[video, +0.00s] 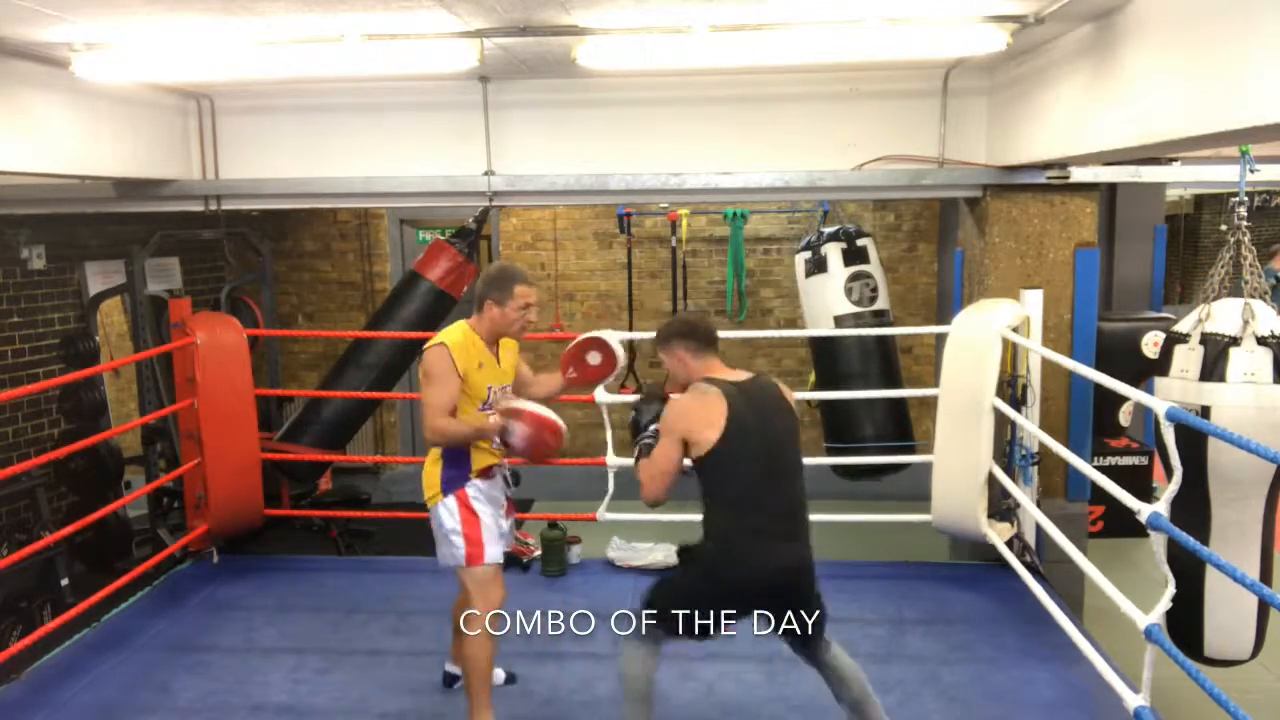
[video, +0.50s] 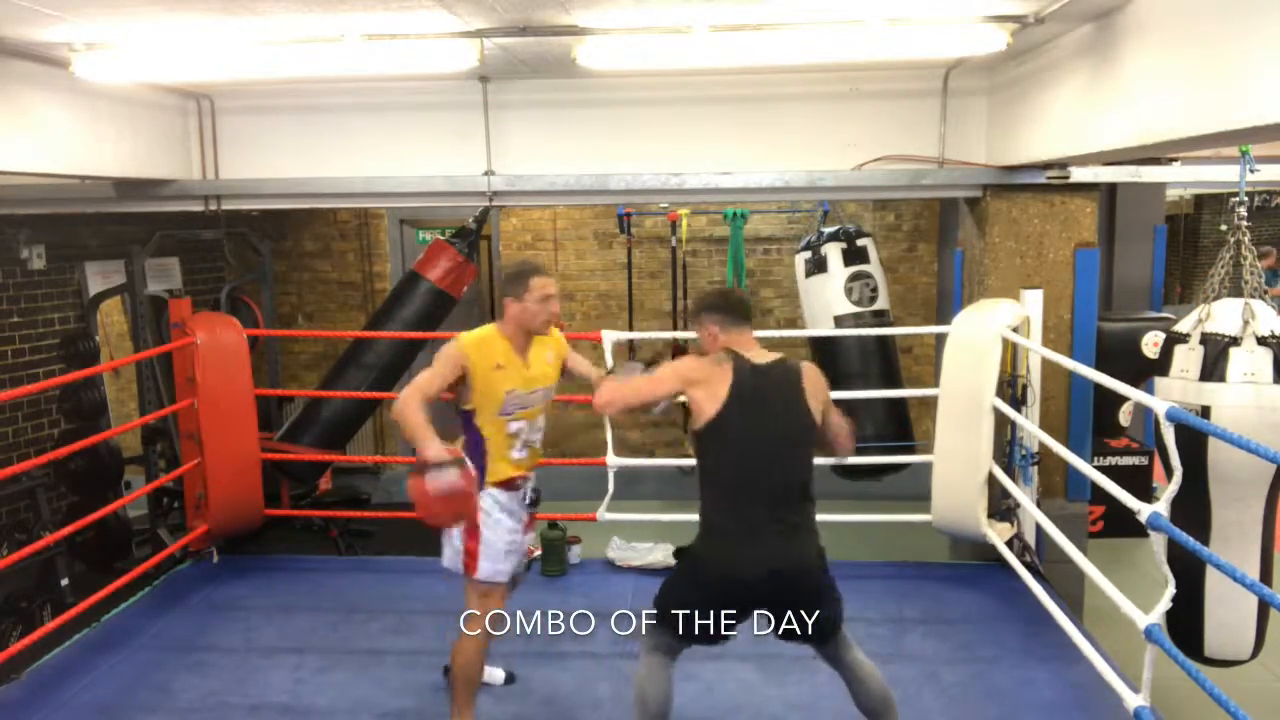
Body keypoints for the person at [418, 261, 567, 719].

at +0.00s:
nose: (530, 316)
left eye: (532, 308)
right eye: (523, 307)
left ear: (500, 307)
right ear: (491, 305)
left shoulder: (505, 345)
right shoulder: (445, 350)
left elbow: (530, 387)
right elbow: (435, 428)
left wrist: (573, 372)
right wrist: (489, 422)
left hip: (488, 478)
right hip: (456, 484)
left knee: (479, 581)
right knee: (489, 599)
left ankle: (460, 662)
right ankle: (482, 713)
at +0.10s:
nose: (531, 315)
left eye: (533, 306)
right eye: (524, 305)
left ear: (501, 306)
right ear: (491, 305)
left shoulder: (506, 343)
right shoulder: (449, 351)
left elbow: (535, 380)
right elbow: (449, 429)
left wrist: (584, 364)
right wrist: (491, 414)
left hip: (489, 478)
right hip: (457, 485)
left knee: (478, 581)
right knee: (480, 597)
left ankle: (462, 661)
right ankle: (464, 711)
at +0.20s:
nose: (533, 315)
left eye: (535, 307)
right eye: (526, 306)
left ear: (501, 307)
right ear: (492, 305)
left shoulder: (507, 344)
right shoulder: (458, 354)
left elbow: (535, 373)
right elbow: (479, 429)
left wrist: (580, 360)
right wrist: (535, 415)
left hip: (487, 481)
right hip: (458, 487)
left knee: (475, 583)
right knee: (470, 601)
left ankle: (457, 664)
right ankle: (461, 713)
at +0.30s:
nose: (533, 314)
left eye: (534, 304)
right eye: (523, 305)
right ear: (489, 307)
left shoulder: (520, 343)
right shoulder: (451, 354)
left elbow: (562, 366)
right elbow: (470, 429)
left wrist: (618, 353)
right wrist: (547, 415)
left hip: (492, 483)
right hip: (458, 488)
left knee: (476, 585)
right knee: (472, 601)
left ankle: (458, 663)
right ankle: (461, 713)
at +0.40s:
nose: (536, 312)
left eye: (537, 302)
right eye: (526, 304)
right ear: (492, 307)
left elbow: (588, 370)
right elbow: (415, 421)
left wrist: (635, 366)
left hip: (506, 485)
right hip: (464, 488)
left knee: (477, 583)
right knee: (483, 602)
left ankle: (458, 660)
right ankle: (463, 713)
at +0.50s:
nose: (556, 308)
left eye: (556, 298)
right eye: (545, 300)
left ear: (552, 301)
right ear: (512, 305)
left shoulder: (552, 343)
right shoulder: (470, 347)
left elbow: (597, 379)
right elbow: (407, 401)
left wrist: (635, 396)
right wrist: (432, 446)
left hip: (521, 489)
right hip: (483, 494)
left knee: (499, 590)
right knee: (485, 612)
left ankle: (463, 660)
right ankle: (462, 713)